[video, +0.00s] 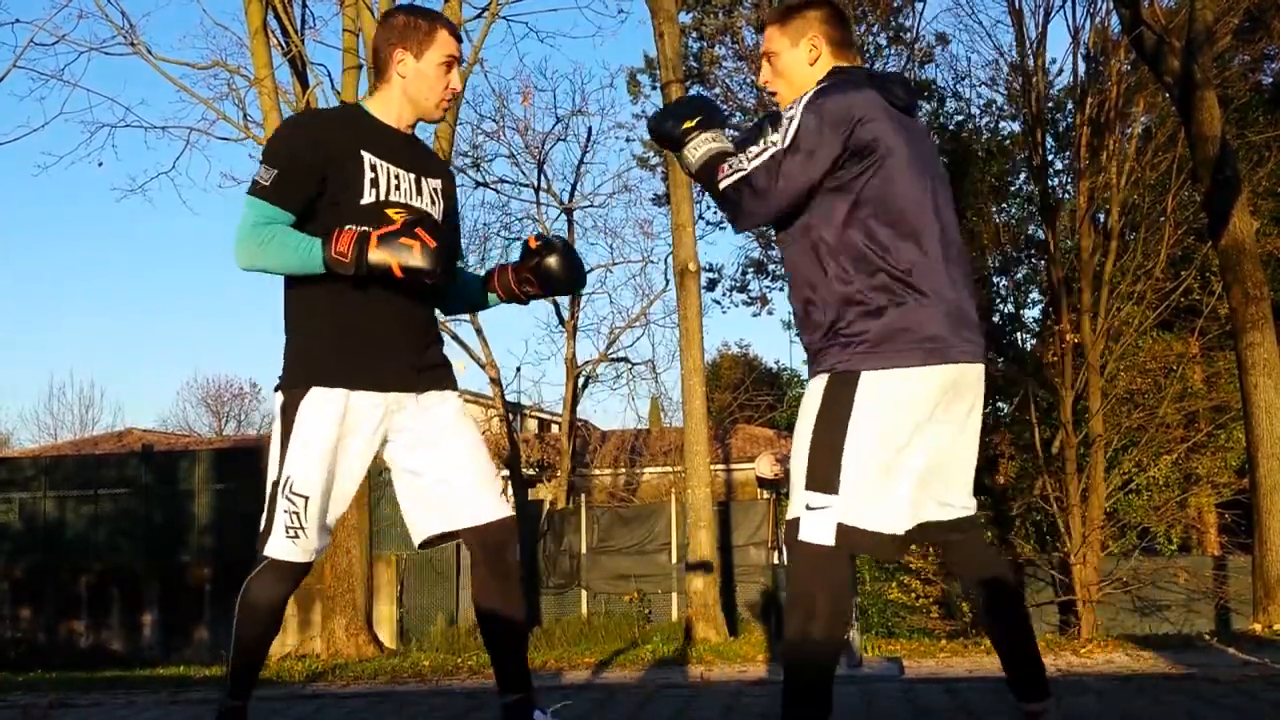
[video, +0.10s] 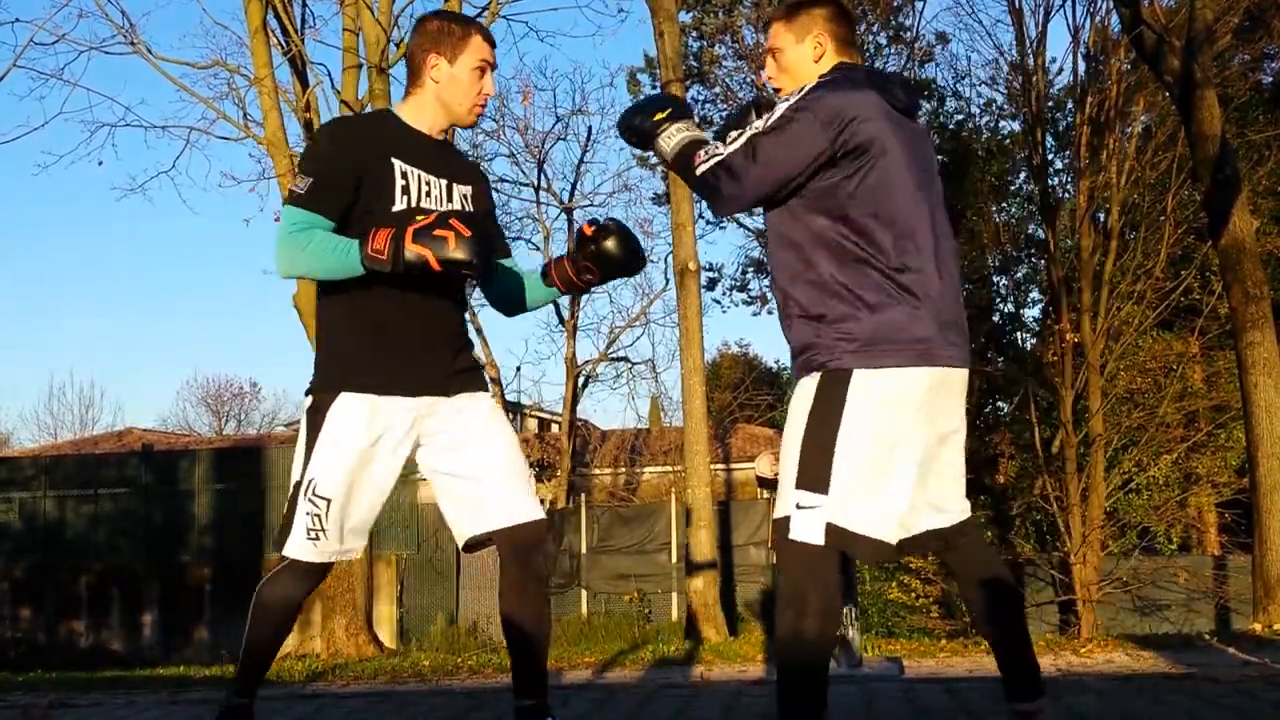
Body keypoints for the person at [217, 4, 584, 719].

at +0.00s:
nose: (457, 82)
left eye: (459, 68)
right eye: (448, 65)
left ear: (412, 68)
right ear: (400, 62)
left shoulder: (435, 172)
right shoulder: (313, 133)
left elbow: (442, 289)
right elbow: (252, 243)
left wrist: (502, 284)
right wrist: (358, 251)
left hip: (423, 380)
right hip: (331, 379)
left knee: (494, 528)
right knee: (289, 551)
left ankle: (518, 706)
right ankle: (233, 709)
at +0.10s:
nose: (490, 87)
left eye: (491, 73)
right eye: (480, 70)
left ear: (447, 74)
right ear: (433, 66)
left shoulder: (468, 177)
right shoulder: (349, 139)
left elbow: (503, 292)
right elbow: (291, 251)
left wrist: (571, 272)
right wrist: (392, 247)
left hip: (455, 386)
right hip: (362, 386)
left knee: (525, 535)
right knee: (308, 555)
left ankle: (533, 710)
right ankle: (238, 705)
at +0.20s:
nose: (529, 82)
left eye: (531, 69)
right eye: (519, 65)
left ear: (487, 70)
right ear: (471, 62)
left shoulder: (508, 174)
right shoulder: (385, 136)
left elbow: (567, 270)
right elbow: (327, 243)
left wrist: (638, 256)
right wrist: (419, 245)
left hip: (490, 381)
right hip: (397, 380)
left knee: (544, 535)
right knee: (348, 547)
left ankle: (536, 708)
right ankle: (255, 694)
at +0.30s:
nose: (567, 75)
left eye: (568, 62)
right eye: (558, 59)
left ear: (518, 59)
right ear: (510, 55)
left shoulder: (542, 164)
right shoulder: (419, 123)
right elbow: (347, 227)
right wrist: (434, 236)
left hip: (512, 376)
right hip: (423, 370)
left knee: (551, 533)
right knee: (393, 538)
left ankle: (537, 711)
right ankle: (303, 687)